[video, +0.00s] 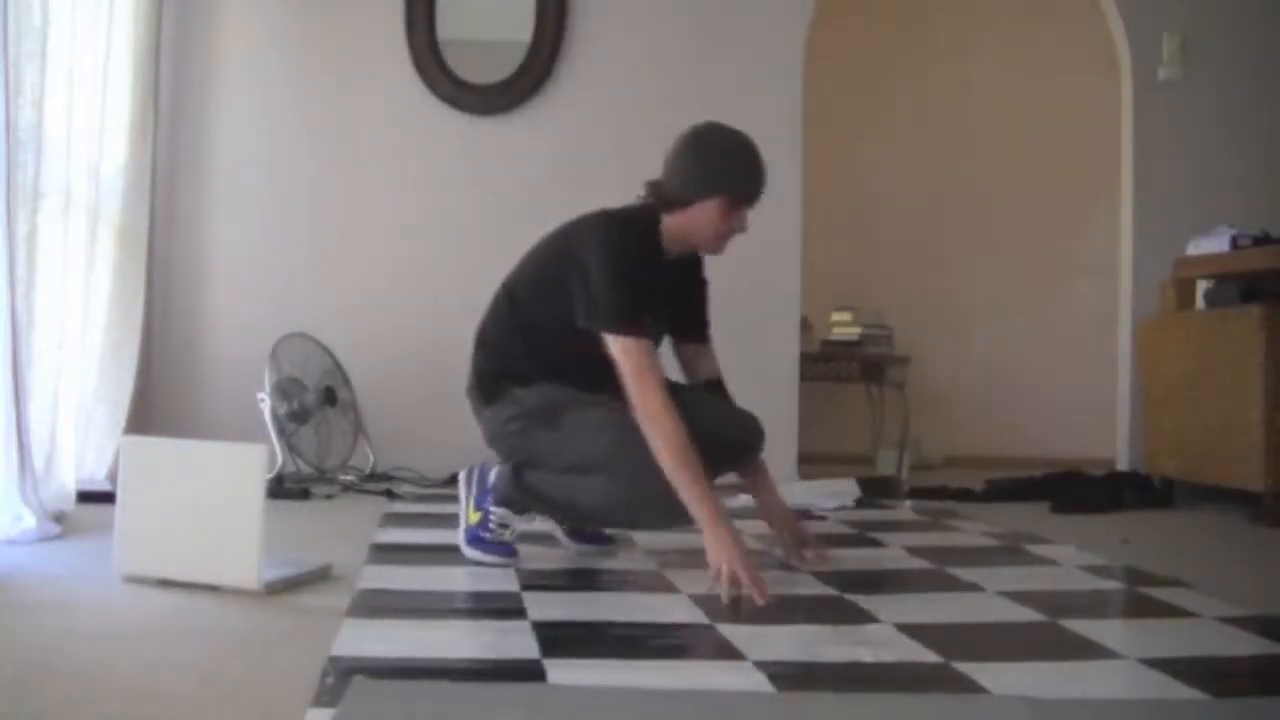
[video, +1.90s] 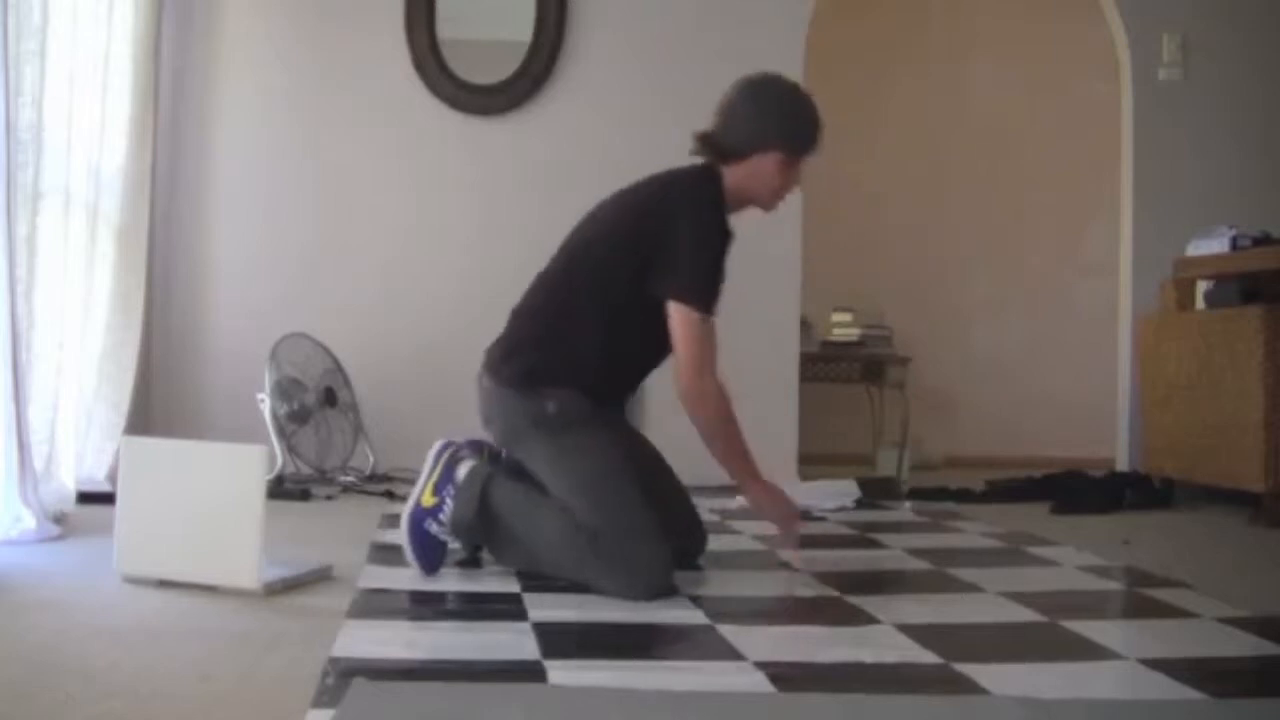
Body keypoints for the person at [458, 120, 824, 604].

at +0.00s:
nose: (743, 225)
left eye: (746, 210)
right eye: (736, 208)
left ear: (706, 203)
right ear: (701, 198)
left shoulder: (681, 262)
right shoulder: (614, 249)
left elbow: (707, 383)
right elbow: (648, 400)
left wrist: (767, 498)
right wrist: (715, 527)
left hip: (595, 401)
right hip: (520, 407)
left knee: (732, 433)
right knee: (668, 495)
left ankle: (572, 496)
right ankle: (503, 486)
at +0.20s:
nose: (808, 229)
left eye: (813, 215)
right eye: (804, 212)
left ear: (767, 200)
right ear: (770, 199)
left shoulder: (728, 260)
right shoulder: (669, 238)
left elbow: (726, 392)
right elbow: (667, 406)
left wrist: (776, 511)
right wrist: (718, 543)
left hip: (630, 402)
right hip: (559, 405)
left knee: (763, 490)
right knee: (682, 547)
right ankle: (515, 483)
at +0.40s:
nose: (873, 221)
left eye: (878, 206)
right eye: (871, 201)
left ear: (830, 188)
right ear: (835, 186)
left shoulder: (772, 251)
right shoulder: (734, 226)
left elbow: (748, 389)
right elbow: (698, 398)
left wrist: (776, 511)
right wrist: (719, 538)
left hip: (660, 397)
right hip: (592, 396)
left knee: (766, 538)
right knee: (688, 560)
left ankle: (594, 478)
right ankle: (535, 482)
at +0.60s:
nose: (926, 230)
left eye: (934, 215)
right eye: (925, 210)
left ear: (891, 194)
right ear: (889, 191)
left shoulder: (820, 245)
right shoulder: (798, 227)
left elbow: (764, 383)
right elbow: (720, 378)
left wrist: (776, 513)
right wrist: (750, 524)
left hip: (670, 378)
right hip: (622, 376)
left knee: (719, 544)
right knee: (707, 565)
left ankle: (566, 479)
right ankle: (544, 479)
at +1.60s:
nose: (858, 230)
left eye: (867, 218)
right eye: (862, 212)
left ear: (829, 193)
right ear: (832, 193)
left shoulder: (763, 244)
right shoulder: (743, 225)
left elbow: (729, 401)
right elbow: (742, 396)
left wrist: (782, 521)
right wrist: (785, 538)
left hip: (594, 385)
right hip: (560, 379)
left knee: (679, 541)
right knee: (641, 576)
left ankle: (505, 482)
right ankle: (474, 490)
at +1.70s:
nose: (837, 215)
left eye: (843, 200)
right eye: (838, 197)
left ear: (801, 179)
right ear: (809, 182)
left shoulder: (733, 228)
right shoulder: (725, 221)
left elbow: (714, 392)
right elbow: (734, 391)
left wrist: (774, 510)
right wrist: (786, 527)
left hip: (584, 392)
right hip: (551, 388)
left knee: (680, 542)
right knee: (643, 574)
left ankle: (515, 479)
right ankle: (471, 494)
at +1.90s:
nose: (794, 183)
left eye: (798, 166)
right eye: (793, 164)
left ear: (751, 150)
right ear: (763, 153)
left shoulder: (697, 210)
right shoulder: (691, 211)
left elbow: (697, 377)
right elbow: (696, 380)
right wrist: (752, 484)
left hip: (578, 405)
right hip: (537, 404)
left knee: (679, 541)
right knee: (638, 571)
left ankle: (493, 478)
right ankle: (472, 495)